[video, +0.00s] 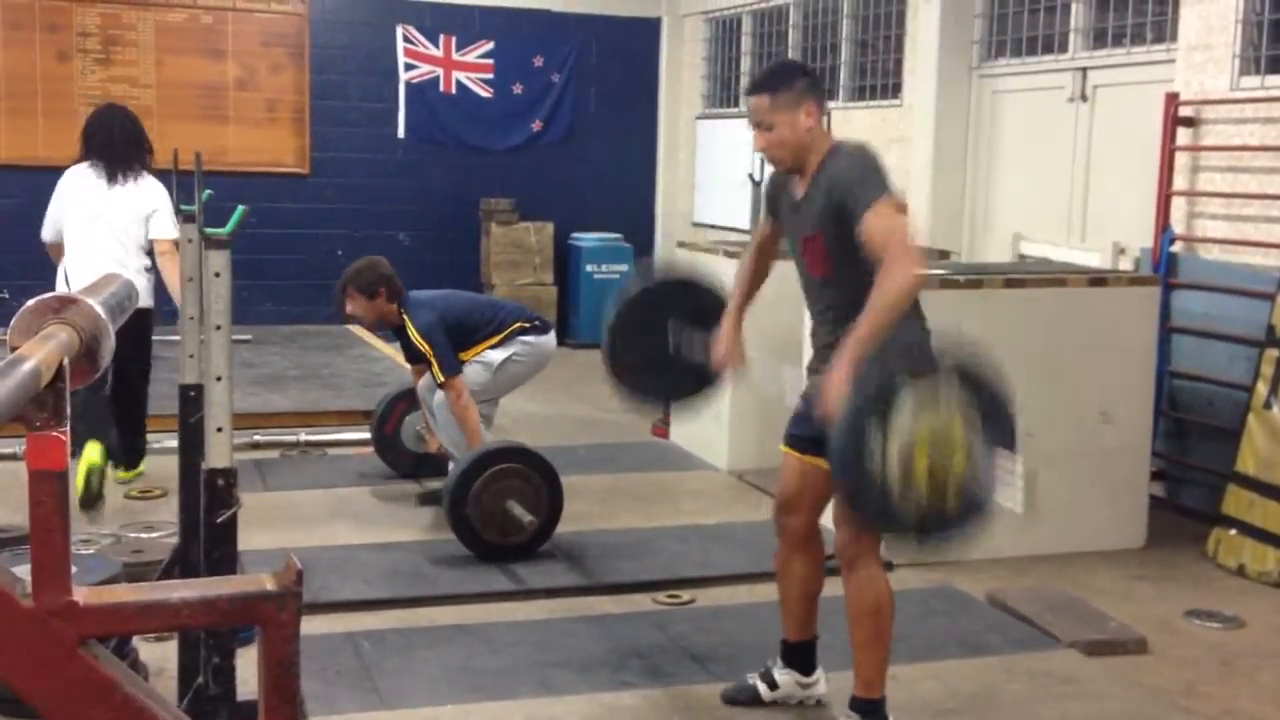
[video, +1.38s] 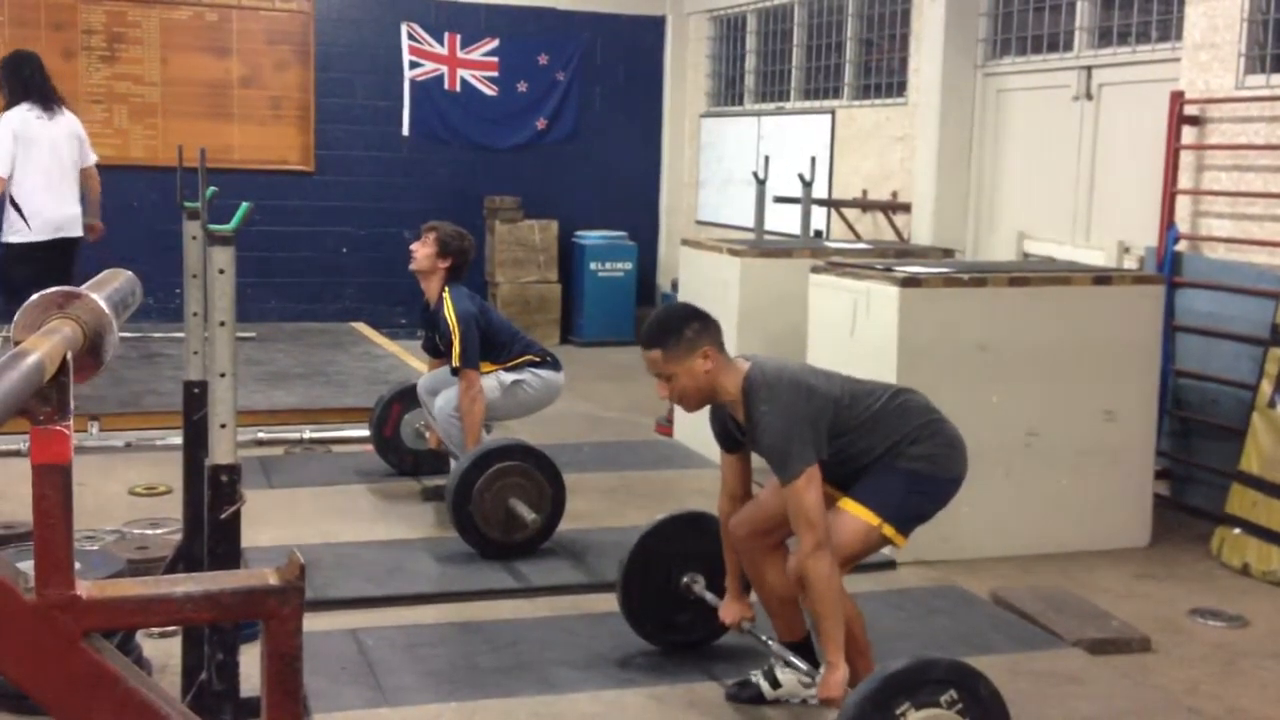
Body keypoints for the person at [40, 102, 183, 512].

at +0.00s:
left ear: (89, 139)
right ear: (137, 140)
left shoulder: (71, 178)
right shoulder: (151, 187)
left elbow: (52, 241)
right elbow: (166, 251)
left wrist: (74, 271)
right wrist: (188, 307)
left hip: (78, 300)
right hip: (131, 302)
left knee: (84, 381)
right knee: (130, 380)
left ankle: (90, 446)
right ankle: (128, 468)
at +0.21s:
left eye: (85, 118)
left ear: (88, 121)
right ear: (136, 122)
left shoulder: (71, 162)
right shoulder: (151, 169)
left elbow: (50, 225)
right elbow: (163, 232)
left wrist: (34, 272)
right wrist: (159, 270)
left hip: (78, 278)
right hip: (132, 281)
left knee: (74, 348)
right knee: (133, 368)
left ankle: (90, 408)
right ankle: (129, 459)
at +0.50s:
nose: (61, 119)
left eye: (64, 112)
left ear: (66, 116)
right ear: (105, 115)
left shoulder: (57, 155)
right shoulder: (127, 155)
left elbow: (42, 216)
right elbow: (140, 208)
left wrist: (26, 271)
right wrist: (117, 231)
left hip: (69, 268)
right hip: (122, 269)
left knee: (68, 333)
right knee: (129, 351)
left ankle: (82, 388)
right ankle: (129, 434)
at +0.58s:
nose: (47, 111)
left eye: (49, 106)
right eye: (48, 106)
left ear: (57, 107)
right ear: (93, 104)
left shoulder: (50, 147)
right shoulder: (117, 144)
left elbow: (39, 208)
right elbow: (130, 203)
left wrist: (24, 259)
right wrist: (114, 231)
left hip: (66, 259)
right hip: (117, 257)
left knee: (66, 331)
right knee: (125, 335)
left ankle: (79, 390)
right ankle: (126, 406)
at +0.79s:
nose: (35, 88)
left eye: (38, 82)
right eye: (36, 81)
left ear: (49, 85)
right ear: (80, 83)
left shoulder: (41, 124)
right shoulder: (105, 123)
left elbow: (30, 185)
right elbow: (122, 180)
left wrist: (19, 217)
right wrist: (123, 226)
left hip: (62, 235)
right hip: (108, 232)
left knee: (64, 313)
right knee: (103, 305)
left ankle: (81, 389)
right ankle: (115, 358)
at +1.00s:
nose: (20, 82)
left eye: (24, 77)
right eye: (22, 75)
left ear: (34, 81)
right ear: (67, 78)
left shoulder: (29, 122)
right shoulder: (92, 119)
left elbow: (10, 179)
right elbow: (111, 176)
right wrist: (124, 224)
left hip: (55, 235)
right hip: (97, 230)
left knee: (60, 316)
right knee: (91, 310)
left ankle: (70, 392)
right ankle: (88, 388)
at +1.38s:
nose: (2, 87)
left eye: (4, 80)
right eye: (3, 80)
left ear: (12, 82)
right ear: (41, 78)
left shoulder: (10, 122)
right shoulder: (68, 118)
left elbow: (3, 181)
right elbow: (91, 175)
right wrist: (94, 216)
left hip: (24, 232)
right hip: (67, 229)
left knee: (20, 311)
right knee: (61, 307)